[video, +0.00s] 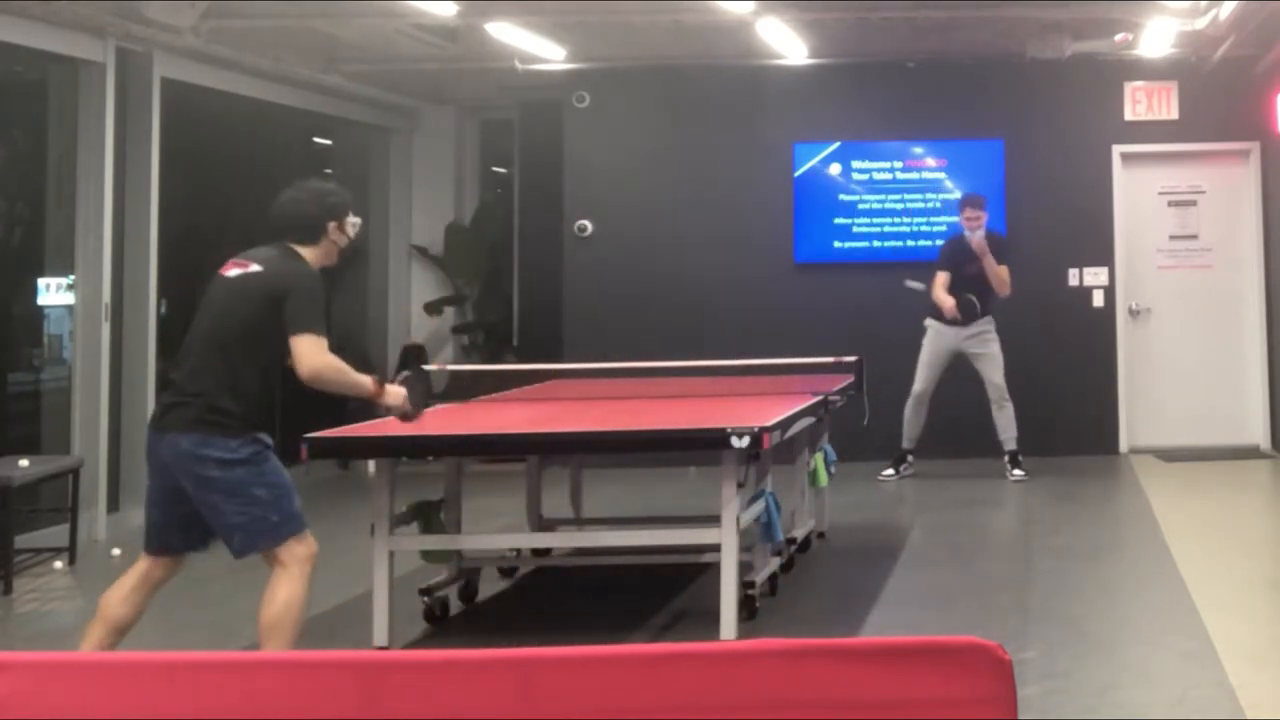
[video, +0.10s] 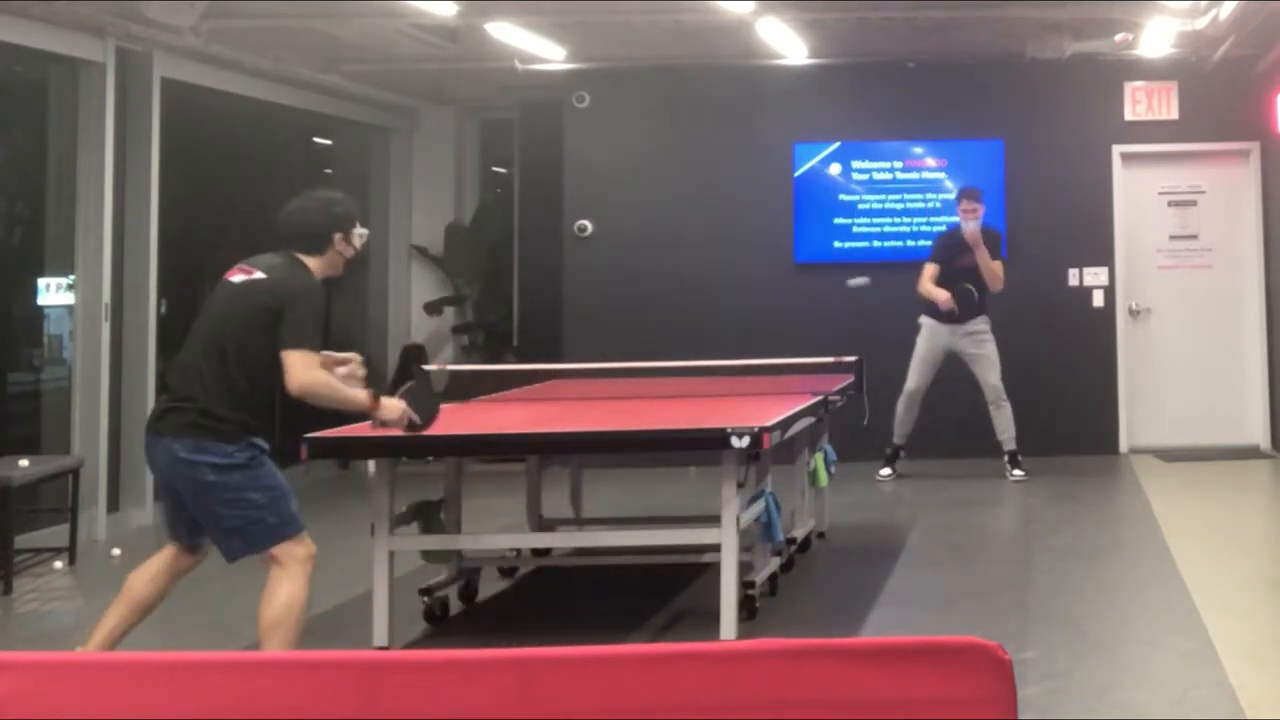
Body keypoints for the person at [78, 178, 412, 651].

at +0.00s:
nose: (347, 238)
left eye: (349, 226)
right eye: (345, 226)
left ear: (291, 224)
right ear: (322, 227)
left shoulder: (243, 263)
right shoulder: (297, 274)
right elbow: (313, 365)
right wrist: (378, 390)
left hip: (169, 434)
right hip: (221, 439)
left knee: (158, 560)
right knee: (295, 553)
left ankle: (79, 669)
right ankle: (271, 689)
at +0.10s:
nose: (354, 250)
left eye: (356, 239)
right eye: (352, 238)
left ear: (297, 233)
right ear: (332, 239)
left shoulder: (253, 269)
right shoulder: (298, 283)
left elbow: (252, 356)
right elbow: (302, 379)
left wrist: (321, 364)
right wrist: (373, 404)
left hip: (168, 437)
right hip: (218, 444)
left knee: (184, 548)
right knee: (294, 555)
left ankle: (89, 654)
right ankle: (273, 689)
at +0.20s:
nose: (359, 258)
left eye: (360, 247)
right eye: (357, 246)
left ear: (302, 243)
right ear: (337, 249)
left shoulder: (260, 275)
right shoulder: (295, 295)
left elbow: (281, 359)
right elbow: (282, 391)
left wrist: (351, 361)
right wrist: (357, 425)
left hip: (168, 441)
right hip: (212, 449)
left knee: (179, 551)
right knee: (297, 553)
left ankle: (98, 662)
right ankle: (274, 689)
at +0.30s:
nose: (363, 273)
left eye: (364, 264)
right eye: (362, 263)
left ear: (306, 256)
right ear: (341, 266)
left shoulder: (267, 292)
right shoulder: (287, 312)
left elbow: (296, 354)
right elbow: (258, 406)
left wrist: (368, 353)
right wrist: (326, 454)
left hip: (172, 452)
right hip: (211, 459)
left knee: (186, 562)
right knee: (300, 561)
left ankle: (92, 662)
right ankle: (272, 690)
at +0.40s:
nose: (369, 286)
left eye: (371, 276)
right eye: (368, 276)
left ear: (315, 267)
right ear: (345, 276)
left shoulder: (274, 297)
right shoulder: (290, 319)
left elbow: (303, 331)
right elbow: (245, 410)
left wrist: (360, 331)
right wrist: (295, 461)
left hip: (188, 457)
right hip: (218, 463)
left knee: (217, 551)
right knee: (308, 564)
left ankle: (119, 643)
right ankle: (273, 686)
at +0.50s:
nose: (357, 289)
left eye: (360, 278)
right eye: (357, 277)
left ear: (314, 265)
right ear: (335, 269)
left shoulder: (263, 299)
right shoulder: (293, 315)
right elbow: (265, 396)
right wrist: (319, 421)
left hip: (194, 465)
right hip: (235, 470)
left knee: (221, 545)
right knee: (317, 571)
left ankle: (177, 656)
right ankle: (276, 684)